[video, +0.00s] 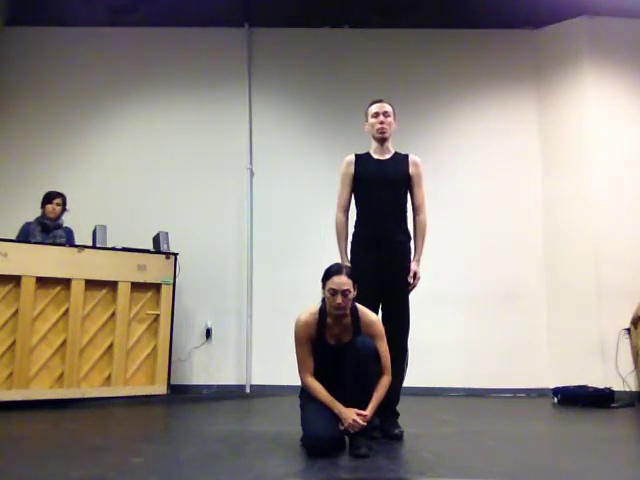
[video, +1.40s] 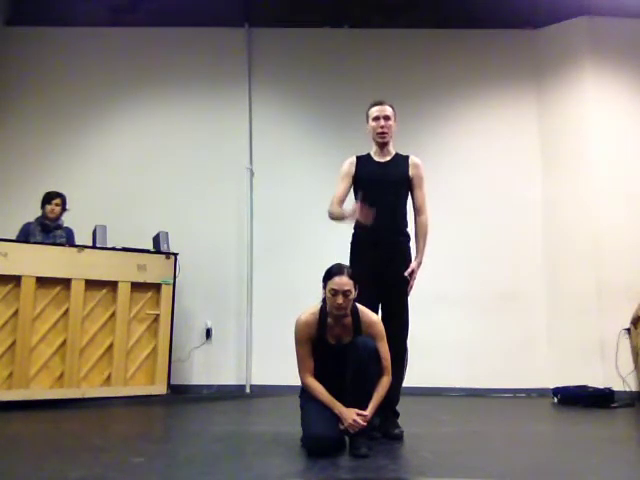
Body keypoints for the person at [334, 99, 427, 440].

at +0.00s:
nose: (381, 120)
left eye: (386, 115)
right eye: (375, 116)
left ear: (395, 123)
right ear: (366, 125)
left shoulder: (411, 165)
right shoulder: (352, 164)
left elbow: (420, 214)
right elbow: (341, 213)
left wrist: (417, 259)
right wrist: (344, 261)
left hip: (397, 259)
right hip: (363, 259)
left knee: (396, 339)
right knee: (359, 338)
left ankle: (389, 415)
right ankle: (360, 417)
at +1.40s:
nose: (383, 124)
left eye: (387, 118)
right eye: (377, 119)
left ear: (395, 124)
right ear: (368, 126)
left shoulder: (411, 166)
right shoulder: (353, 165)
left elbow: (421, 215)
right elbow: (333, 210)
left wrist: (419, 259)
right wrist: (350, 213)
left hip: (396, 259)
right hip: (363, 259)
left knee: (395, 339)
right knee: (360, 338)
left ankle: (388, 415)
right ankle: (360, 416)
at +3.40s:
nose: (381, 124)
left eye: (386, 119)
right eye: (375, 120)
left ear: (394, 126)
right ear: (366, 127)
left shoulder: (409, 166)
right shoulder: (353, 163)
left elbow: (419, 215)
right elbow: (332, 205)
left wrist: (416, 259)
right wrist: (366, 177)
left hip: (395, 257)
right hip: (362, 257)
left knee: (395, 337)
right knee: (358, 336)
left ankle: (388, 415)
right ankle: (359, 416)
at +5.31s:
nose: (380, 121)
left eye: (386, 117)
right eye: (375, 117)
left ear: (393, 124)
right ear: (365, 126)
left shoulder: (409, 165)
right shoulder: (352, 162)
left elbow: (418, 215)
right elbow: (331, 203)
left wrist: (416, 259)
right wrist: (365, 175)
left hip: (394, 257)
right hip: (361, 256)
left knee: (394, 337)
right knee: (358, 336)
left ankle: (388, 415)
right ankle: (359, 417)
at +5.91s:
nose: (382, 125)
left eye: (387, 119)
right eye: (376, 120)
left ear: (394, 124)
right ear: (366, 126)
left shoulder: (410, 166)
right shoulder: (352, 163)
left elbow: (419, 215)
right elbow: (332, 205)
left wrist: (416, 260)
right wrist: (365, 177)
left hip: (394, 257)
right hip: (361, 256)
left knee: (394, 337)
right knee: (358, 336)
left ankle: (388, 415)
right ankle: (359, 416)